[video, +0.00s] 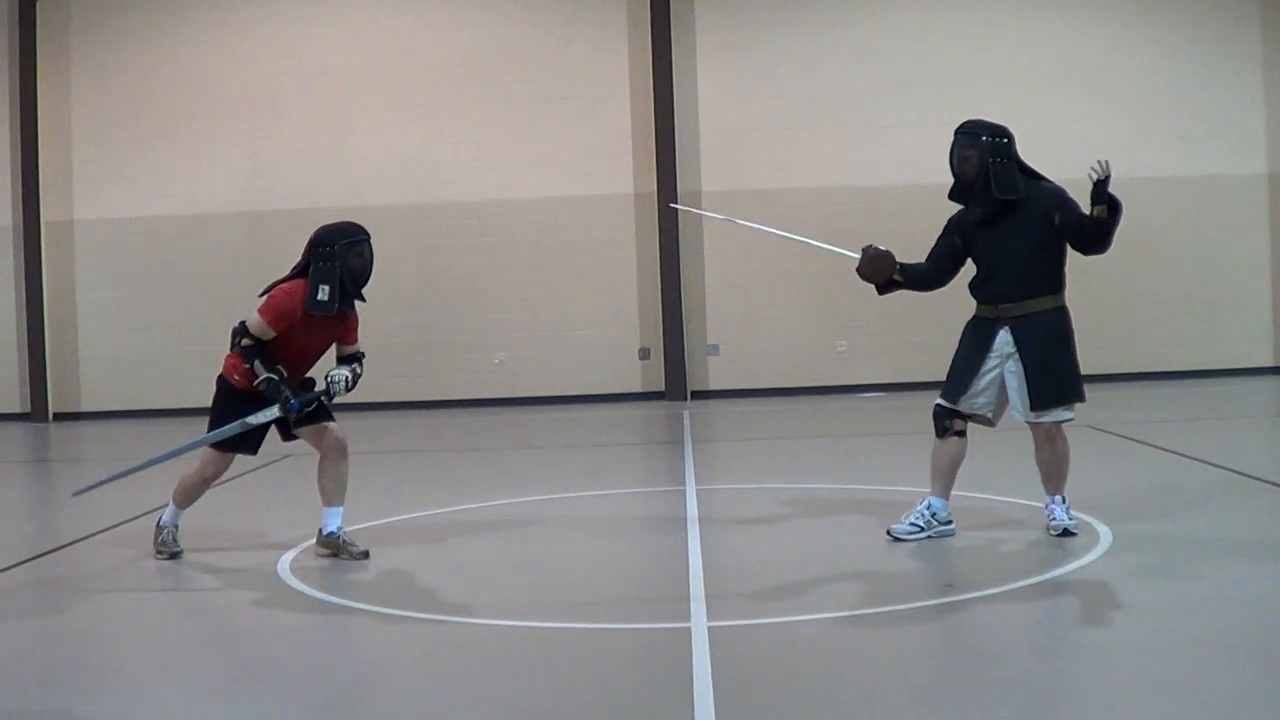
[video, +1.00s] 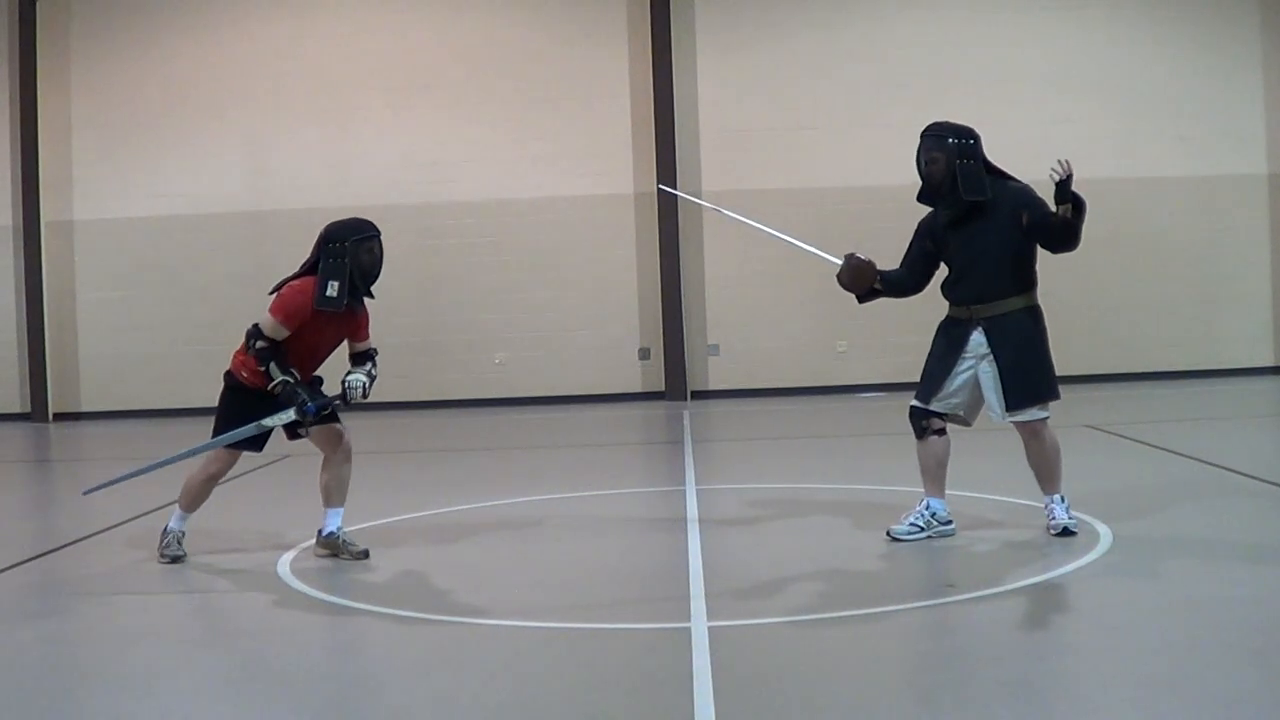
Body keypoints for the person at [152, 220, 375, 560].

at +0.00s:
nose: (364, 264)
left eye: (366, 256)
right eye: (357, 256)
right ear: (331, 258)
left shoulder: (345, 308)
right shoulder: (290, 296)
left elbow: (351, 357)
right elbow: (242, 341)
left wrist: (346, 373)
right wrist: (274, 383)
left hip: (291, 389)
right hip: (243, 387)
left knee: (335, 445)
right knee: (210, 470)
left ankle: (331, 532)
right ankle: (167, 523)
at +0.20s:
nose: (364, 255)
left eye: (366, 246)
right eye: (356, 247)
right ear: (331, 249)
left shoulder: (347, 300)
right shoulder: (291, 287)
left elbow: (357, 347)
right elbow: (246, 332)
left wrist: (353, 364)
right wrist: (273, 372)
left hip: (289, 380)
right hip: (243, 377)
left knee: (327, 446)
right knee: (217, 462)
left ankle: (330, 533)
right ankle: (177, 529)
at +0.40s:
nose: (355, 260)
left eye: (357, 251)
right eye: (347, 251)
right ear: (323, 255)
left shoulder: (339, 305)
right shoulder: (283, 295)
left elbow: (348, 352)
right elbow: (241, 342)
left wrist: (346, 371)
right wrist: (271, 384)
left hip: (287, 386)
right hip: (239, 384)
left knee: (329, 445)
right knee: (215, 468)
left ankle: (331, 533)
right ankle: (175, 532)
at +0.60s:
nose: (364, 253)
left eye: (366, 244)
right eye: (356, 244)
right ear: (331, 247)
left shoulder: (347, 298)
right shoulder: (292, 286)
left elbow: (352, 343)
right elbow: (246, 332)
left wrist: (350, 364)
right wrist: (275, 374)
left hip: (290, 380)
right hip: (243, 377)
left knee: (328, 446)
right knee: (212, 458)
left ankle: (330, 533)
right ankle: (174, 527)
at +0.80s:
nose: (369, 263)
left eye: (370, 255)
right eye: (362, 255)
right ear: (336, 258)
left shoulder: (350, 309)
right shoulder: (296, 297)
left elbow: (358, 357)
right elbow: (252, 345)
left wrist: (357, 374)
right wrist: (282, 388)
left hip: (296, 387)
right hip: (247, 385)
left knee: (338, 445)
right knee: (217, 471)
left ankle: (331, 533)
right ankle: (173, 530)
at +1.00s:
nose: (375, 261)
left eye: (376, 252)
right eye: (367, 252)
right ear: (341, 255)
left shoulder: (355, 307)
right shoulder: (300, 294)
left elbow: (363, 354)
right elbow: (257, 343)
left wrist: (361, 374)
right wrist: (289, 386)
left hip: (300, 386)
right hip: (251, 383)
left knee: (338, 446)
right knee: (219, 463)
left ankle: (330, 533)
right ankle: (174, 529)